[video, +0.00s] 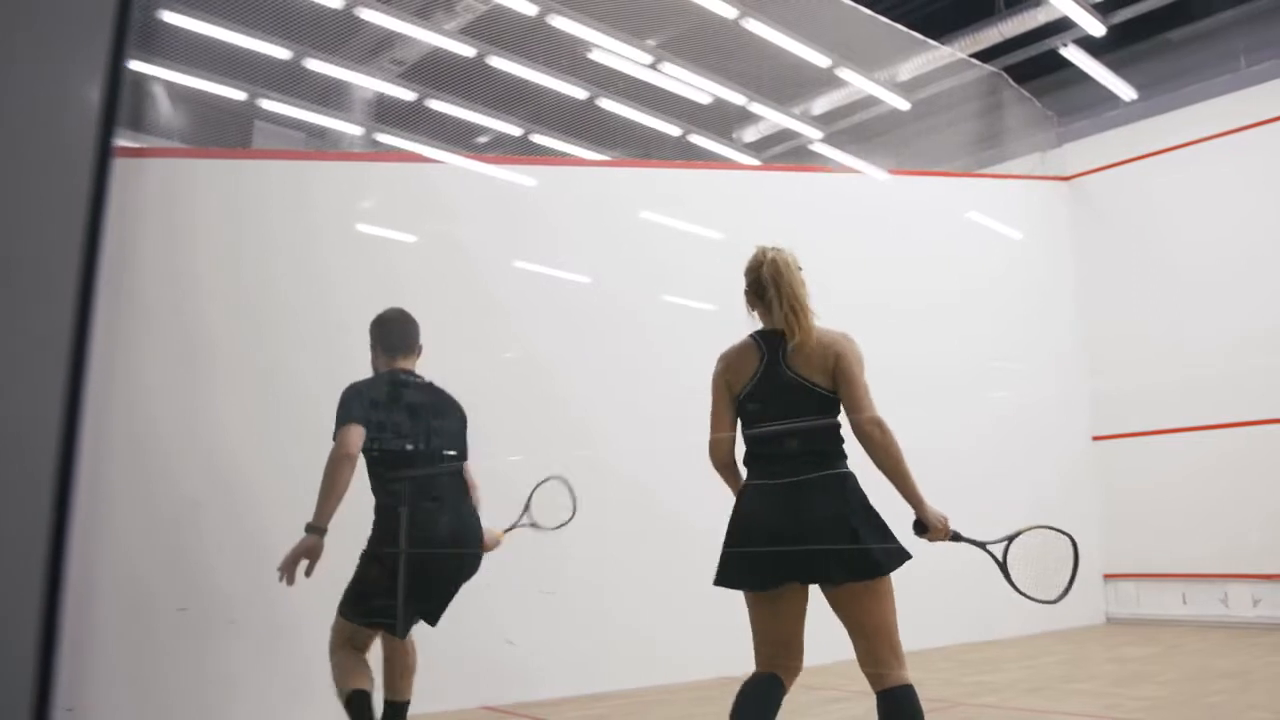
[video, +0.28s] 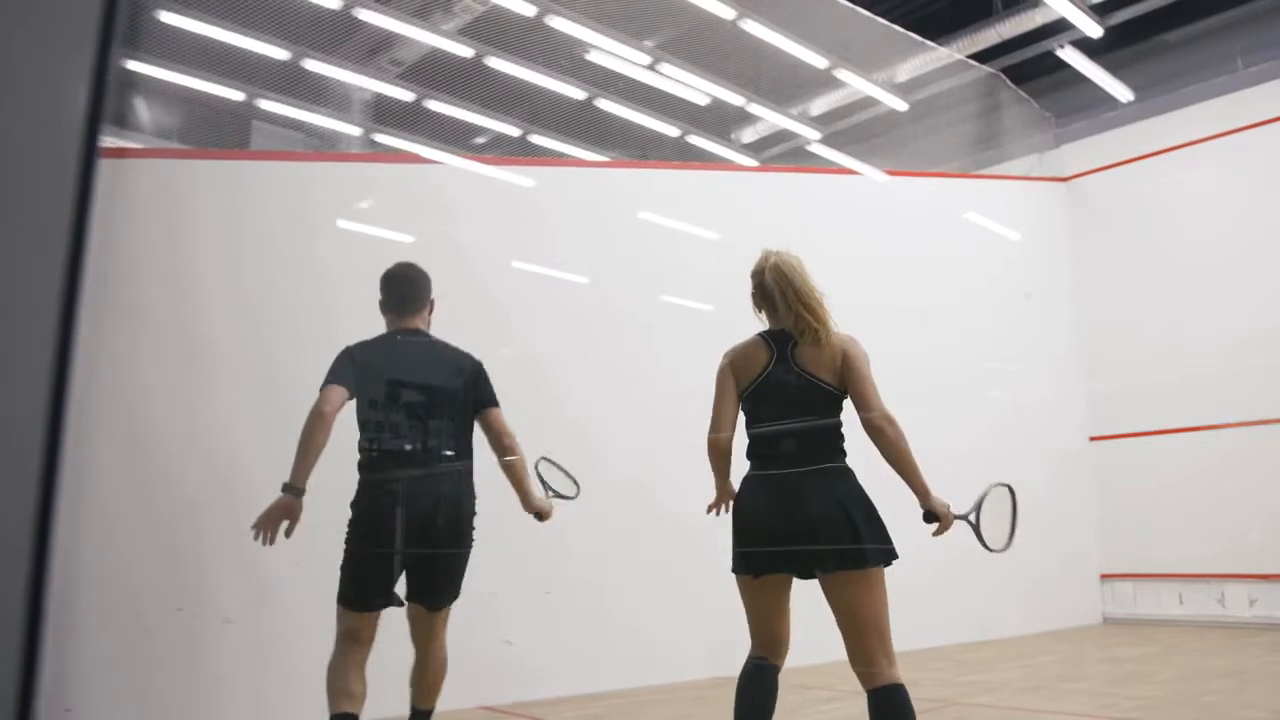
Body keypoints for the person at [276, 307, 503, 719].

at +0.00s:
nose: (372, 356)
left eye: (372, 350)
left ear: (373, 350)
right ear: (419, 350)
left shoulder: (362, 394)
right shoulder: (448, 404)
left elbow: (347, 452)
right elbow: (467, 481)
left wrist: (316, 532)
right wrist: (478, 531)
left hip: (402, 541)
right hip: (461, 542)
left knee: (348, 643)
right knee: (399, 627)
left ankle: (364, 715)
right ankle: (395, 716)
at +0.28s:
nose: (426, 311)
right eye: (429, 305)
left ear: (381, 307)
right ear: (431, 308)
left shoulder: (357, 357)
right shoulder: (464, 365)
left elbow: (325, 410)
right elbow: (504, 443)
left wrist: (293, 491)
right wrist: (530, 498)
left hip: (379, 510)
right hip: (447, 511)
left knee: (353, 640)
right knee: (431, 635)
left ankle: (344, 715)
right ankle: (420, 716)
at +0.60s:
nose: (463, 260)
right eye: (462, 252)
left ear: (410, 256)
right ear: (457, 255)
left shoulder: (375, 309)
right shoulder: (484, 310)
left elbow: (324, 368)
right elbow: (507, 372)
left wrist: (314, 447)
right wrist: (530, 461)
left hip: (390, 477)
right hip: (465, 479)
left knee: (368, 620)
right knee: (475, 610)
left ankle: (347, 719)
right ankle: (484, 716)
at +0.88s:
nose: (496, 253)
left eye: (491, 244)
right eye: (495, 245)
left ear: (440, 251)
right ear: (487, 250)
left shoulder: (398, 308)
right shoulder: (503, 307)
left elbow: (343, 378)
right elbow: (510, 375)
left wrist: (353, 458)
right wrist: (527, 468)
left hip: (405, 486)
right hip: (477, 485)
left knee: (381, 635)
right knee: (526, 623)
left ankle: (345, 717)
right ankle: (542, 716)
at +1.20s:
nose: (546, 267)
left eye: (543, 258)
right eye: (545, 259)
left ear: (491, 264)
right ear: (539, 261)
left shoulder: (449, 331)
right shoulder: (544, 323)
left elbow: (398, 412)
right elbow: (547, 397)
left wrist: (421, 493)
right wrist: (564, 487)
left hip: (442, 515)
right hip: (512, 513)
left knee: (413, 659)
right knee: (575, 656)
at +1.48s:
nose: (613, 245)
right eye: (612, 237)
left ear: (557, 244)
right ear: (610, 240)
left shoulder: (524, 316)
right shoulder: (616, 298)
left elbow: (480, 405)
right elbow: (622, 380)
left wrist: (482, 493)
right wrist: (648, 482)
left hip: (520, 496)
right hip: (596, 494)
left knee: (477, 653)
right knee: (641, 653)